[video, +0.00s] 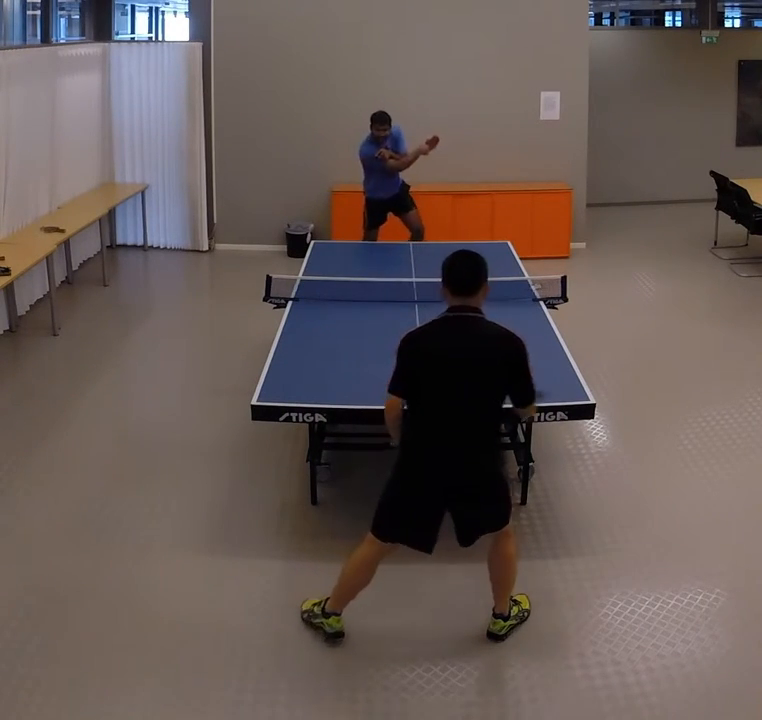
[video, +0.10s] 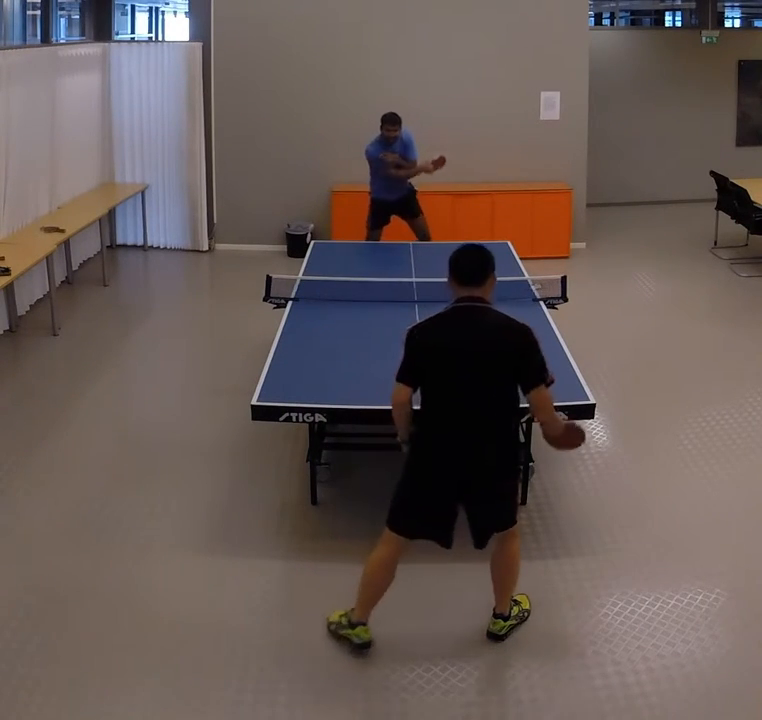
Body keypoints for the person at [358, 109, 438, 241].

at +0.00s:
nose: (382, 134)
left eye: (385, 130)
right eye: (378, 130)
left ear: (390, 128)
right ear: (371, 128)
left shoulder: (395, 133)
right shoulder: (367, 150)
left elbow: (405, 158)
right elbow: (396, 167)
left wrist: (390, 154)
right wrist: (419, 152)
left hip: (397, 192)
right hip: (375, 198)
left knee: (418, 231)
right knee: (370, 239)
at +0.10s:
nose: (391, 134)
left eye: (395, 131)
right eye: (388, 131)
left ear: (400, 129)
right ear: (381, 129)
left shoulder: (406, 138)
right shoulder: (373, 150)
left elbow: (412, 165)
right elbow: (394, 174)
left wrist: (397, 160)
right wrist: (421, 168)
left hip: (404, 195)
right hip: (380, 199)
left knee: (425, 237)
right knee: (372, 241)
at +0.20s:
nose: (404, 136)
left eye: (407, 132)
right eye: (400, 132)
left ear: (412, 132)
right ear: (393, 131)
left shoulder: (419, 144)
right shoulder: (382, 152)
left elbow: (423, 173)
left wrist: (405, 166)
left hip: (412, 199)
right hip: (389, 201)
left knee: (429, 240)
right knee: (376, 242)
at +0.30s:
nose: (417, 137)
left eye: (421, 134)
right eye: (414, 133)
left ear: (426, 134)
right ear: (408, 132)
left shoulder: (432, 147)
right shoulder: (394, 154)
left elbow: (437, 176)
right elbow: (391, 187)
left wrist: (416, 171)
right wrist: (413, 210)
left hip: (423, 200)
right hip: (398, 201)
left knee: (438, 240)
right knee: (384, 241)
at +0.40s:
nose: (427, 135)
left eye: (431, 132)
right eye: (424, 131)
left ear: (436, 132)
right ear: (417, 130)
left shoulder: (440, 147)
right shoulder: (402, 151)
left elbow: (449, 172)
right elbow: (392, 180)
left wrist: (433, 181)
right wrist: (396, 208)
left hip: (428, 202)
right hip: (405, 202)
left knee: (442, 241)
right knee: (389, 243)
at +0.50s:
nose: (431, 131)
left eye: (435, 128)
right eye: (428, 127)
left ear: (440, 128)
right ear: (422, 126)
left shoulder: (444, 146)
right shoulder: (405, 147)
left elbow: (452, 167)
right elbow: (392, 173)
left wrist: (448, 192)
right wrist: (391, 201)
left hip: (430, 200)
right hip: (405, 200)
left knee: (441, 242)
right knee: (394, 242)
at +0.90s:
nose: (419, 146)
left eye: (423, 142)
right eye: (415, 142)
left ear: (428, 141)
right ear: (409, 140)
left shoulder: (436, 156)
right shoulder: (398, 161)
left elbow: (445, 180)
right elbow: (398, 191)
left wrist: (451, 207)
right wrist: (409, 209)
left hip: (425, 204)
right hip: (401, 205)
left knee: (433, 245)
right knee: (397, 245)